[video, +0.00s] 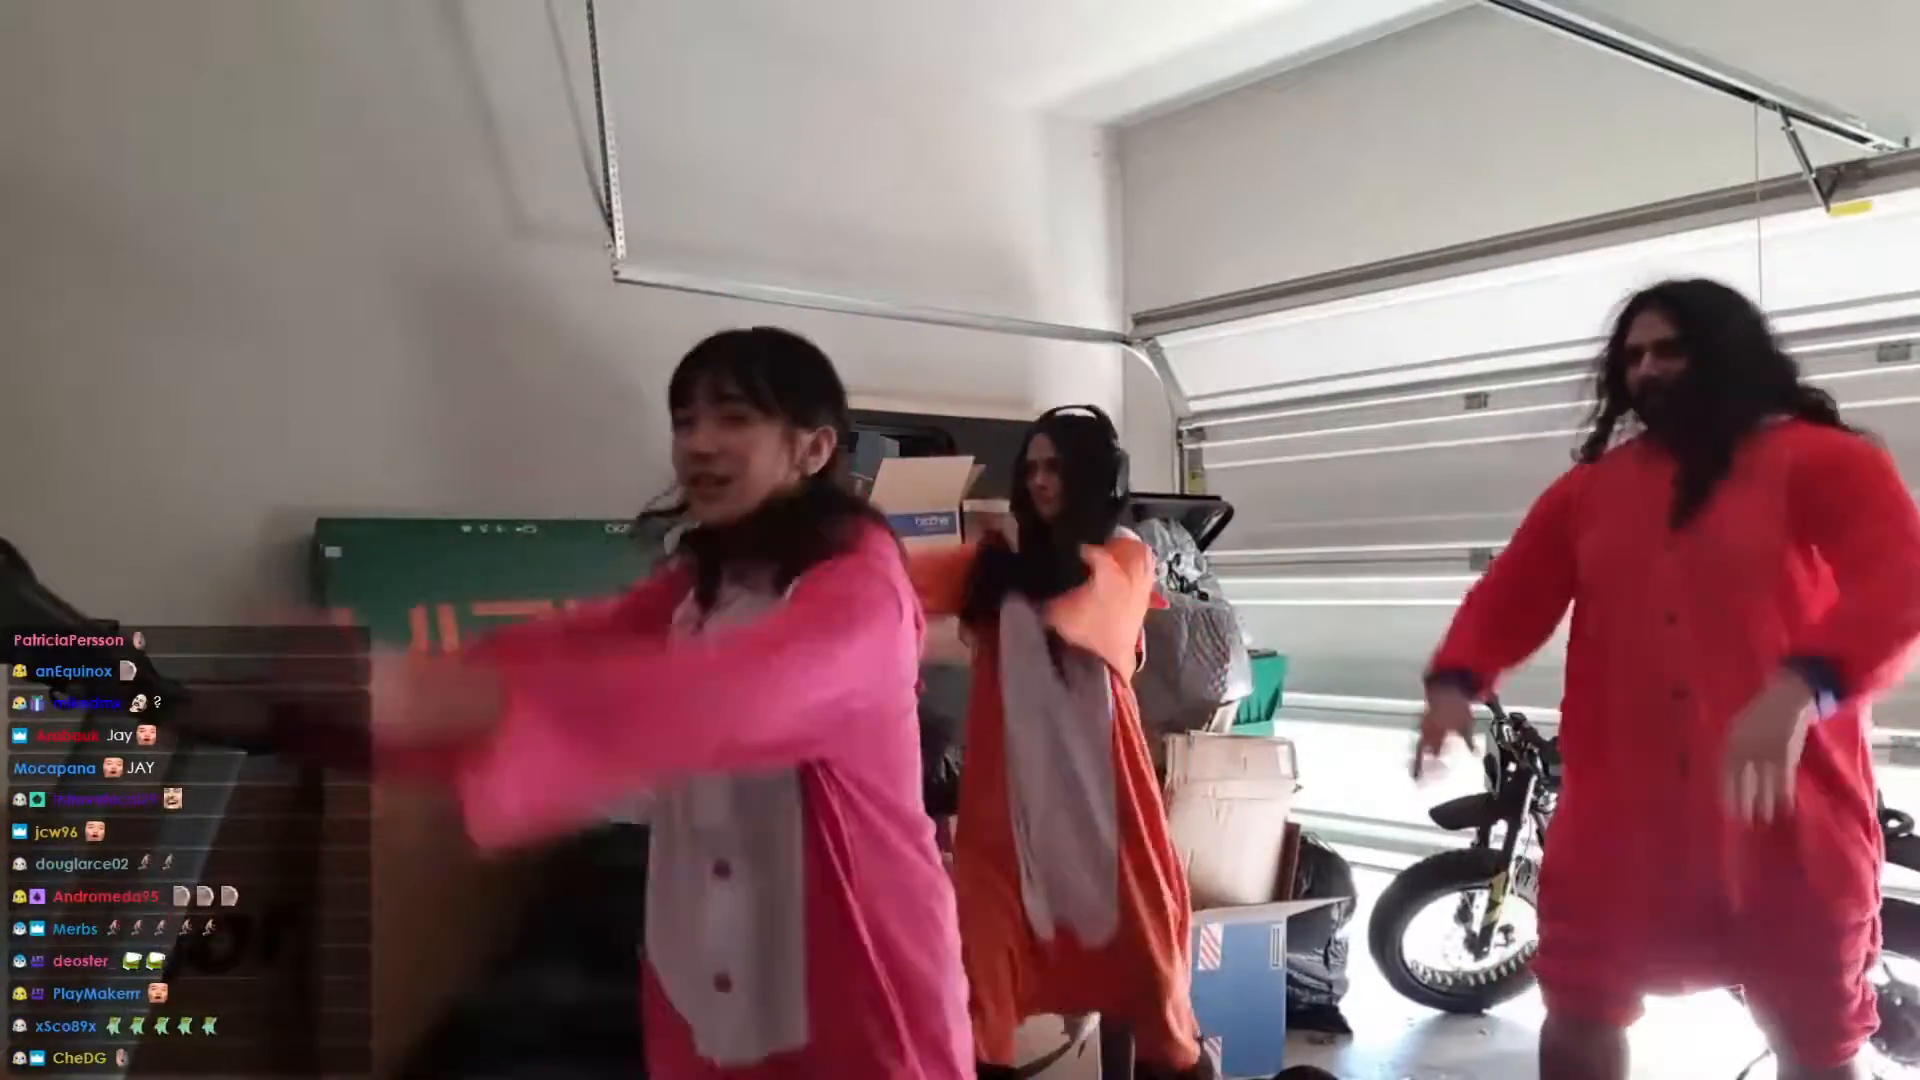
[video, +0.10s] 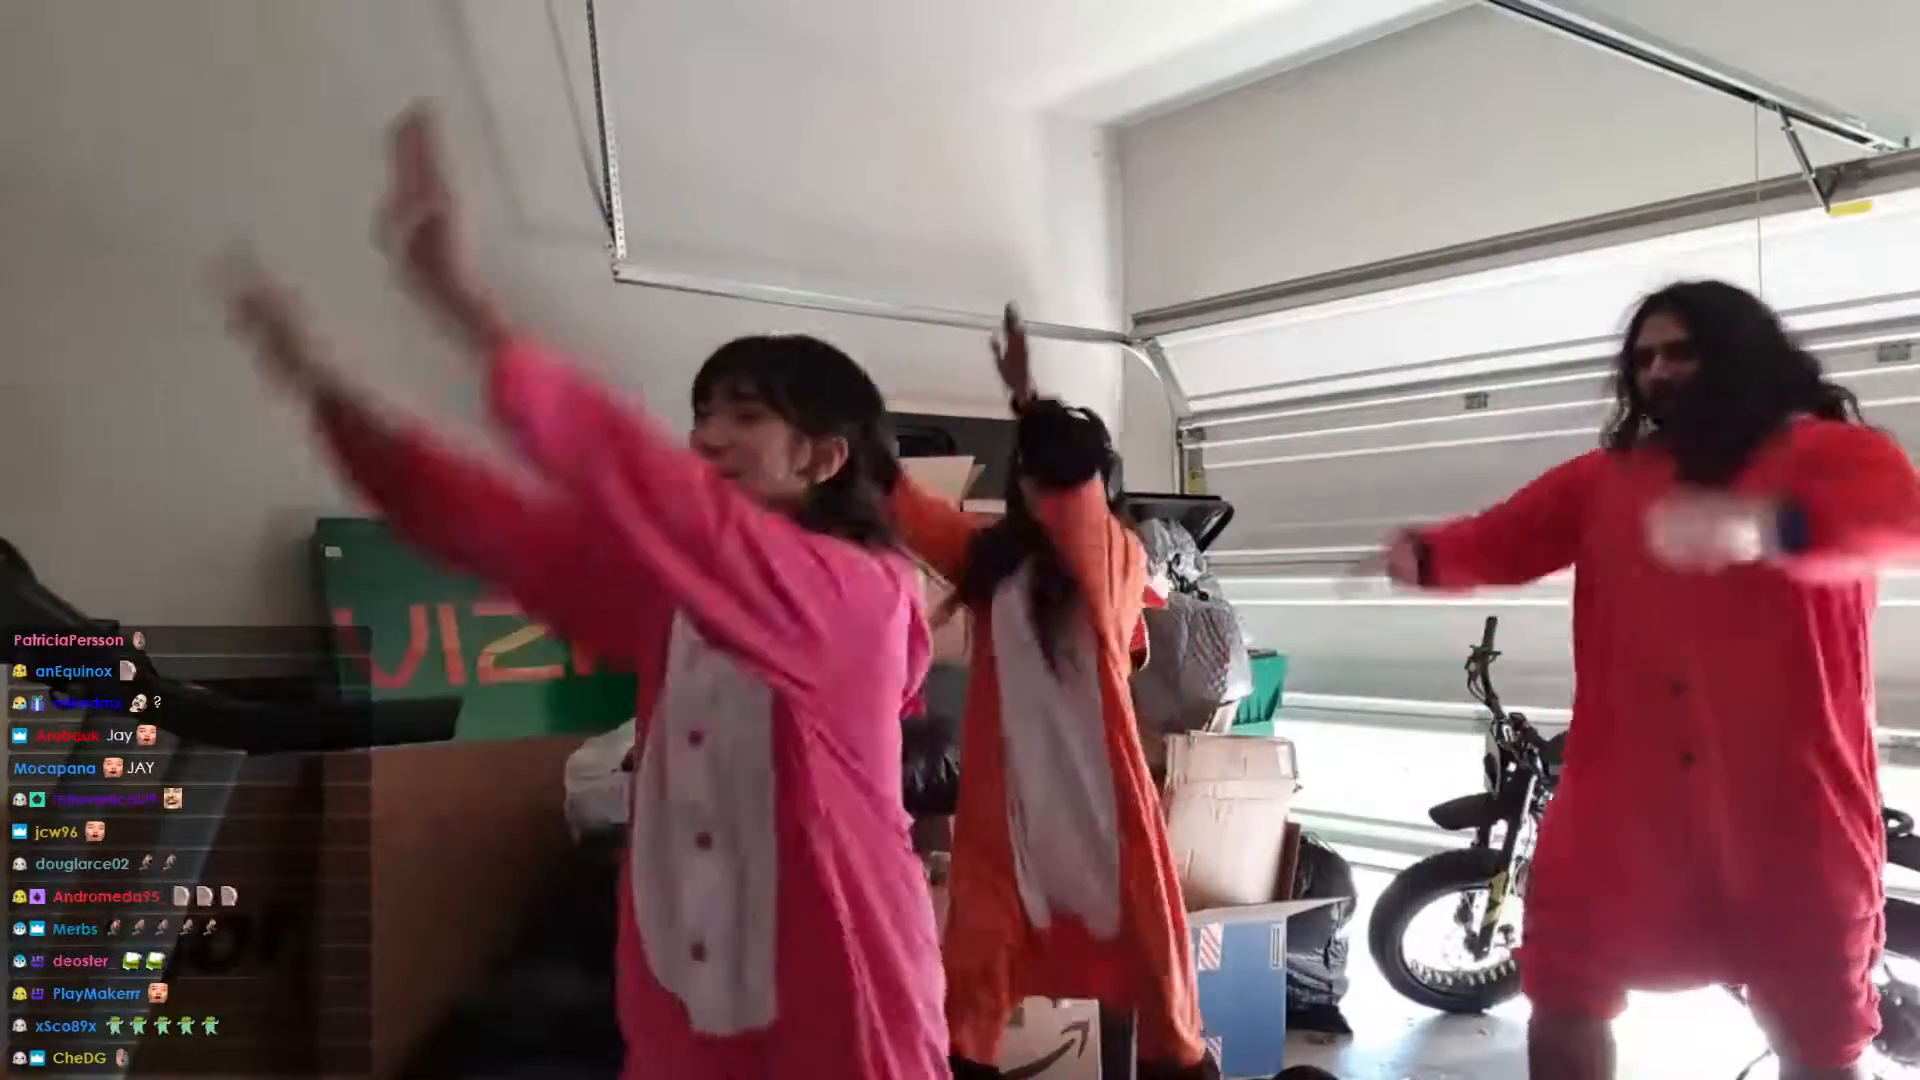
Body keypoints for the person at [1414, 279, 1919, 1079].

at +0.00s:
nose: (1645, 372)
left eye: (1667, 352)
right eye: (1631, 357)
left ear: (1722, 354)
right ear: (1617, 373)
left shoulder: (1824, 464)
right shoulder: (1592, 492)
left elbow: (1899, 588)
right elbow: (1513, 592)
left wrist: (1803, 687)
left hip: (1791, 822)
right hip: (1617, 819)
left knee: (1819, 1051)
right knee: (1578, 1033)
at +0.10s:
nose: (1657, 374)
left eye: (1679, 353)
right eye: (1642, 359)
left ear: (1735, 356)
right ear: (1627, 375)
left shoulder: (1823, 453)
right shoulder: (1605, 480)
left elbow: (1901, 512)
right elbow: (1508, 537)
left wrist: (1769, 525)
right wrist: (1426, 554)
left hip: (1787, 812)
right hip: (1621, 802)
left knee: (1822, 1047)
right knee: (1564, 1003)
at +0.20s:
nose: (1652, 388)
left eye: (1677, 369)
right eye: (1637, 374)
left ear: (1735, 375)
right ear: (1622, 389)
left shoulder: (1812, 477)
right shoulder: (1595, 482)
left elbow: (1862, 422)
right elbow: (1466, 455)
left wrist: (1758, 273)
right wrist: (1436, 328)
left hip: (1789, 834)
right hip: (1615, 826)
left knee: (1822, 1063)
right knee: (1546, 1032)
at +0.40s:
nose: (1652, 369)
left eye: (1676, 350)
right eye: (1634, 356)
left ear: (1729, 362)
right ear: (1614, 377)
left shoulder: (1795, 457)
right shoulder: (1587, 472)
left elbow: (1868, 454)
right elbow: (1462, 486)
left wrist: (1769, 339)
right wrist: (1403, 401)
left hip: (1770, 814)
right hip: (1599, 808)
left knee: (1807, 1057)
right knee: (1539, 1014)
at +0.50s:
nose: (1648, 361)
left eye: (1671, 340)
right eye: (1628, 347)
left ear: (1720, 351)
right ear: (1606, 372)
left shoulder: (1802, 459)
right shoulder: (1578, 485)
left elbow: (1885, 546)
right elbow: (1483, 565)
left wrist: (1781, 553)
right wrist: (1409, 578)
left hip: (1764, 817)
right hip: (1597, 813)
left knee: (1808, 1051)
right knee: (1548, 1025)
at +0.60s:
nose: (1627, 369)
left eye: (1649, 348)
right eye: (1606, 355)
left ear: (1695, 361)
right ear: (1582, 381)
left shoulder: (1788, 484)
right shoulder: (1556, 508)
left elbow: (1855, 648)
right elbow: (1502, 636)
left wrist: (1779, 779)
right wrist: (1466, 755)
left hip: (1758, 829)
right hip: (1588, 832)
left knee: (1804, 1058)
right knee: (1550, 1035)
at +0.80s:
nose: (1621, 352)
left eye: (1644, 335)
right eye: (1599, 339)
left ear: (1682, 353)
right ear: (1572, 368)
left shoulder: (1755, 472)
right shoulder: (1525, 493)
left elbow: (1837, 623)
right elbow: (1450, 612)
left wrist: (1769, 767)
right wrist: (1414, 734)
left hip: (1736, 821)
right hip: (1561, 827)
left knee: (1806, 1058)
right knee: (1538, 1039)